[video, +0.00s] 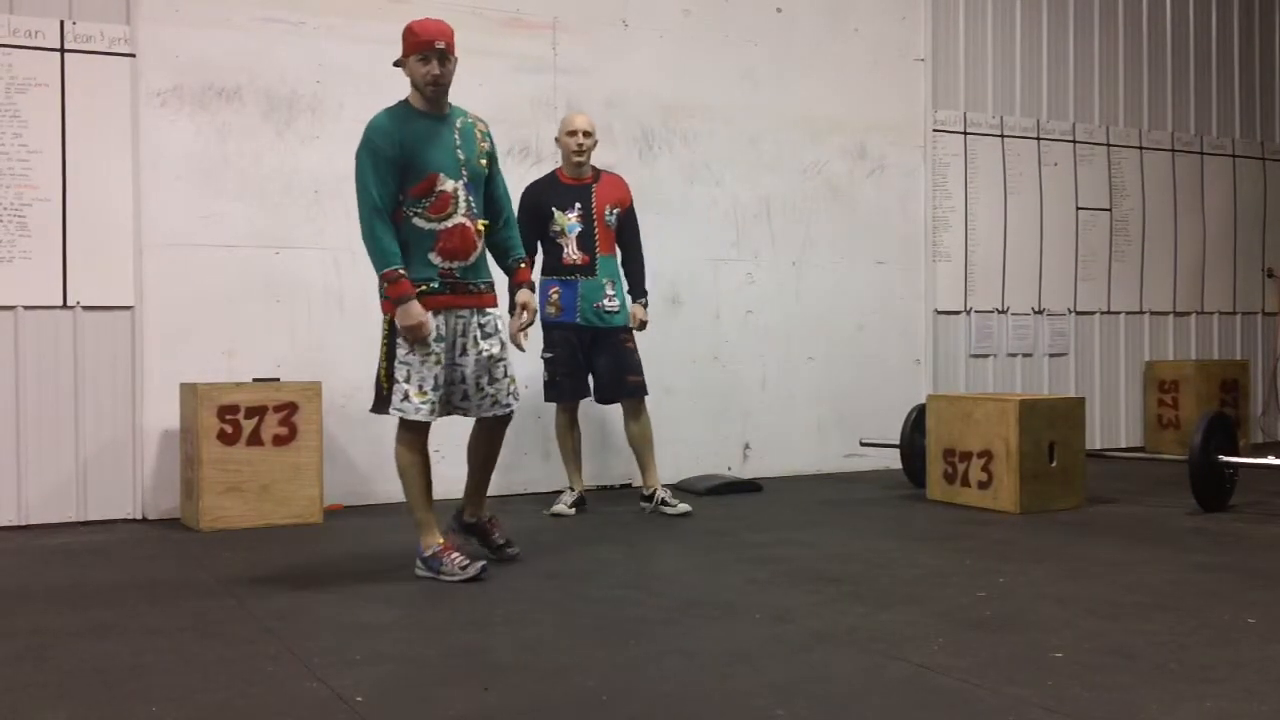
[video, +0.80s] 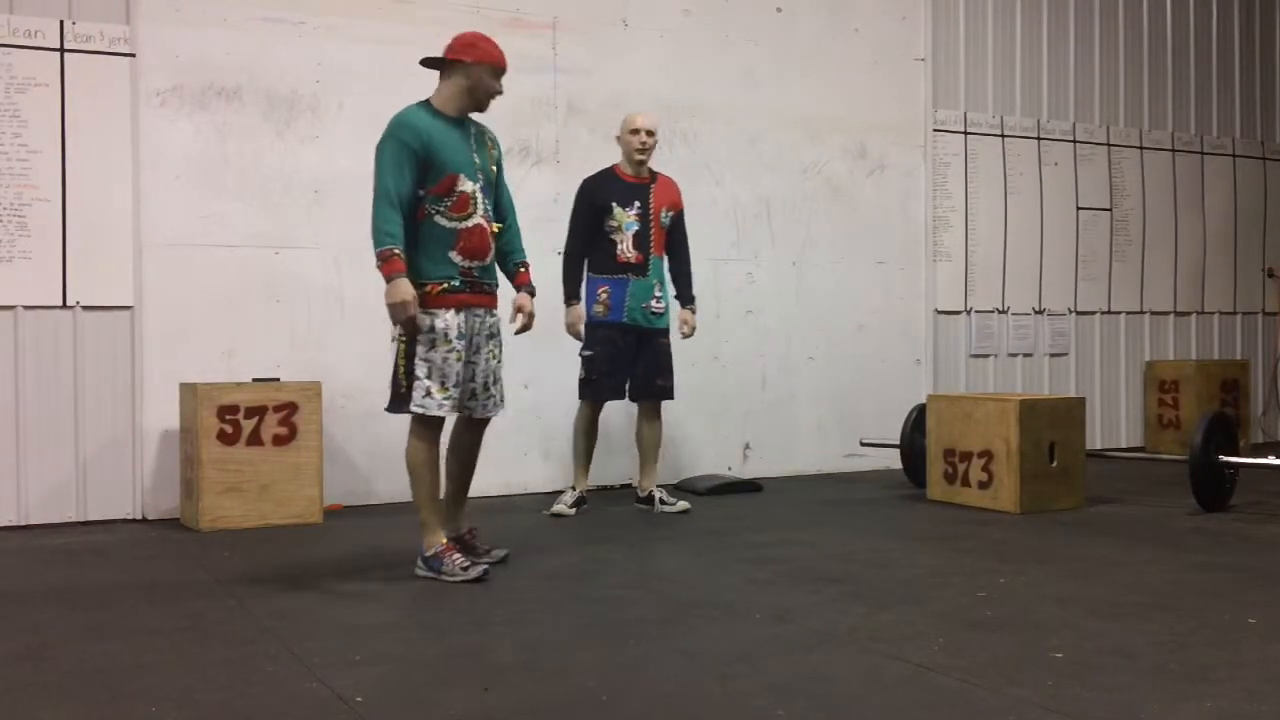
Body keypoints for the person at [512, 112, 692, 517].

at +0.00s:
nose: (580, 141)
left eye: (587, 134)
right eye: (573, 134)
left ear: (596, 142)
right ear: (559, 141)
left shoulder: (615, 187)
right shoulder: (537, 193)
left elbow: (631, 248)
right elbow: (523, 258)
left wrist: (639, 299)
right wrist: (517, 310)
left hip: (612, 315)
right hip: (561, 319)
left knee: (634, 400)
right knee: (566, 404)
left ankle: (652, 489)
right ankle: (574, 489)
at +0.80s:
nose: (643, 140)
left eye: (650, 134)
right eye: (635, 132)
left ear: (657, 141)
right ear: (620, 138)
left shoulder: (667, 189)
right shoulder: (594, 187)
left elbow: (678, 251)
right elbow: (574, 248)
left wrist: (687, 303)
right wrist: (572, 302)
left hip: (653, 316)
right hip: (605, 315)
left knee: (651, 404)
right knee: (590, 402)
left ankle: (647, 488)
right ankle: (578, 487)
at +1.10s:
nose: (662, 146)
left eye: (668, 139)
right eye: (655, 138)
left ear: (675, 144)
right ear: (638, 140)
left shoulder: (682, 191)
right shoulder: (609, 186)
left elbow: (695, 251)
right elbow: (588, 245)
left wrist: (709, 304)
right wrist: (586, 295)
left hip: (661, 318)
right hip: (615, 314)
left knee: (654, 405)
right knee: (605, 401)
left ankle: (647, 489)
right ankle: (591, 484)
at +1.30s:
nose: (660, 148)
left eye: (666, 141)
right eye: (652, 140)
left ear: (672, 144)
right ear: (636, 140)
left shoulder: (680, 190)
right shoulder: (608, 186)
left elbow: (693, 249)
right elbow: (586, 246)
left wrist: (705, 303)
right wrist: (580, 302)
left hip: (660, 314)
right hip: (616, 312)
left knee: (653, 403)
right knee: (616, 401)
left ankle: (647, 489)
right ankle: (609, 490)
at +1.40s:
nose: (656, 148)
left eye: (662, 142)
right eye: (649, 141)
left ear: (668, 144)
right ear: (630, 140)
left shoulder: (676, 189)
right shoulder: (602, 188)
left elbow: (688, 250)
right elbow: (582, 248)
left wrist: (698, 303)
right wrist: (577, 305)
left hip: (659, 313)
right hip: (614, 312)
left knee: (654, 403)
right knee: (617, 402)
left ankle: (647, 490)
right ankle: (612, 492)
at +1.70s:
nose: (645, 144)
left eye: (650, 137)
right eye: (637, 137)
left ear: (656, 139)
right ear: (617, 137)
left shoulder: (665, 182)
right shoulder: (592, 186)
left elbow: (676, 245)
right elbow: (575, 254)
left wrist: (680, 301)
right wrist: (586, 308)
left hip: (658, 314)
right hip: (612, 315)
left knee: (660, 401)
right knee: (611, 404)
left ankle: (650, 487)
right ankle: (611, 490)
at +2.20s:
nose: (659, 142)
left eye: (664, 135)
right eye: (651, 135)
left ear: (670, 138)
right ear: (632, 135)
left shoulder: (677, 184)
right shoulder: (604, 184)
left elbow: (690, 247)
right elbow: (589, 250)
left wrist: (700, 300)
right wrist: (597, 305)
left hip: (663, 313)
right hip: (620, 312)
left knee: (656, 403)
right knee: (623, 402)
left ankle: (650, 491)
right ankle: (617, 492)